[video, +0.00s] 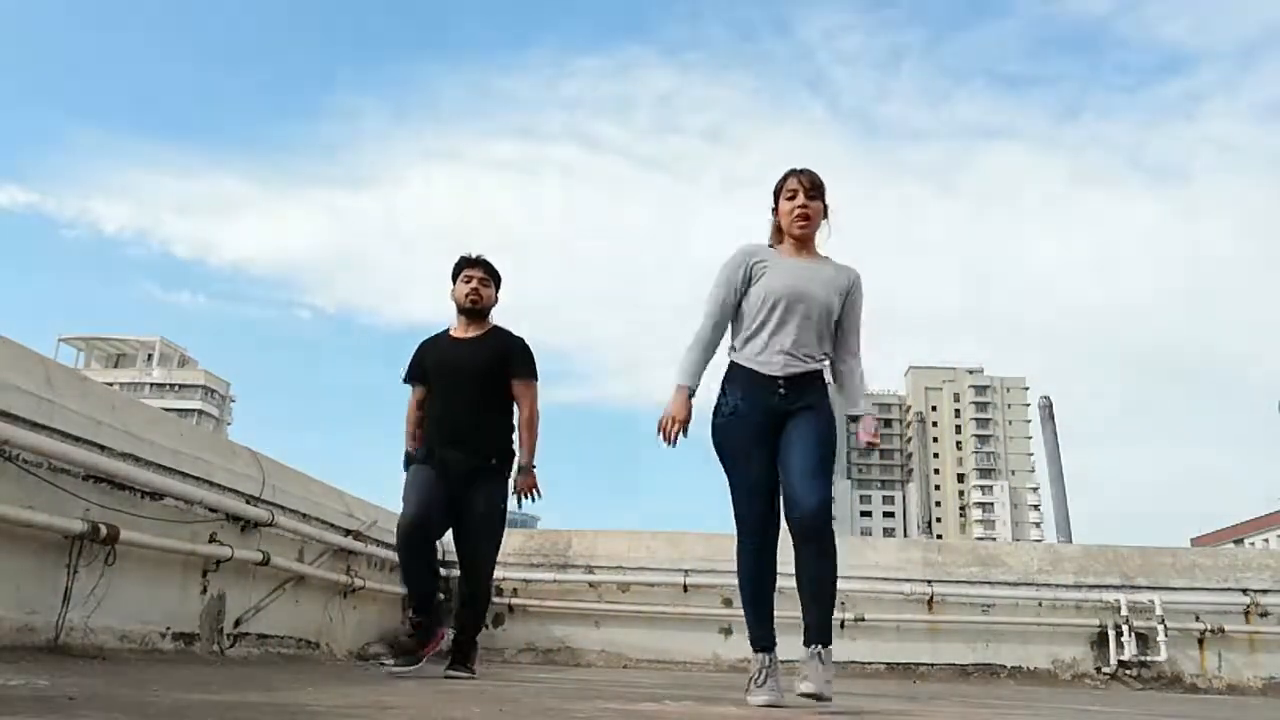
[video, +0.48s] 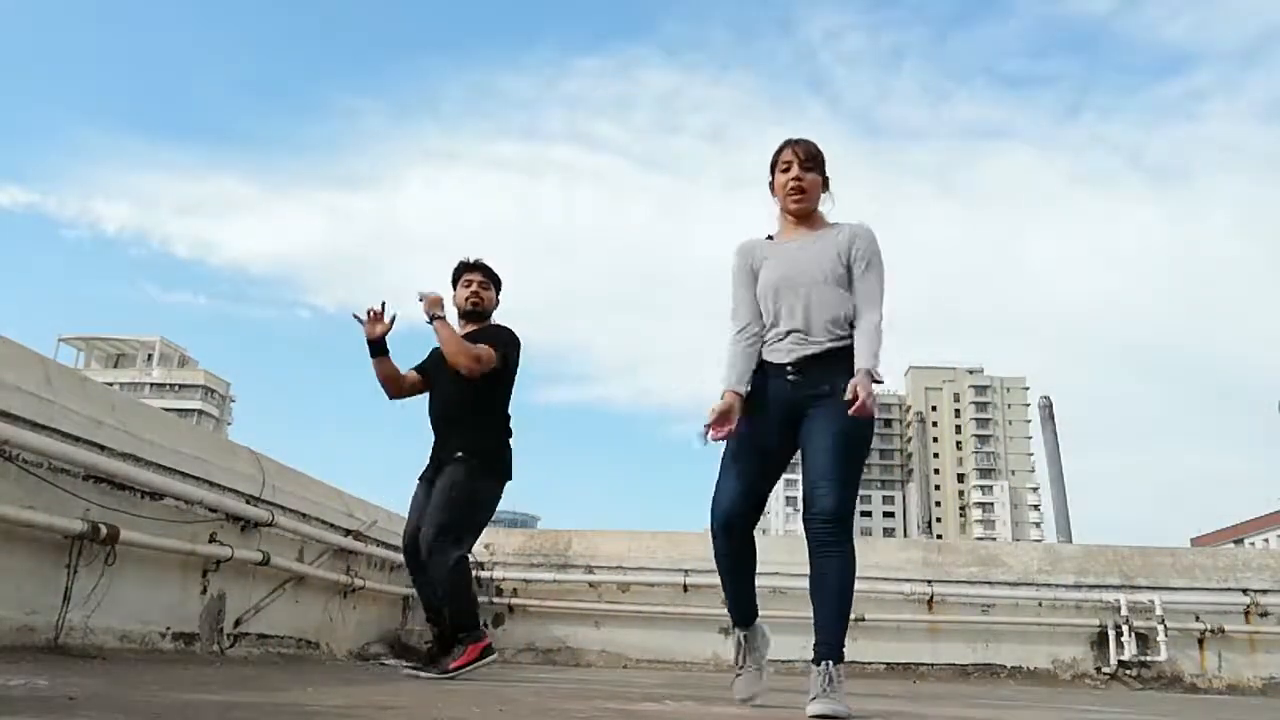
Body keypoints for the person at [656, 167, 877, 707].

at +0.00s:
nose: (802, 203)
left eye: (811, 196)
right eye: (791, 196)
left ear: (824, 210)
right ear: (775, 210)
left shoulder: (844, 278)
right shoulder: (748, 260)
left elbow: (846, 356)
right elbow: (710, 326)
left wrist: (862, 412)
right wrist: (683, 392)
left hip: (810, 402)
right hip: (745, 399)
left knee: (811, 512)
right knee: (756, 529)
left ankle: (818, 653)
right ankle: (763, 661)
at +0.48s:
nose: (796, 176)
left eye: (807, 168)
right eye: (785, 168)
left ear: (824, 183)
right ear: (772, 183)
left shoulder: (854, 239)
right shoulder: (751, 252)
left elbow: (869, 314)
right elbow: (745, 330)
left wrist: (864, 372)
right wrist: (733, 391)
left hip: (836, 385)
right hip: (769, 388)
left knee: (828, 519)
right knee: (728, 517)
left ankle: (827, 670)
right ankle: (748, 636)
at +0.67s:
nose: (783, 176)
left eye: (794, 168)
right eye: (773, 168)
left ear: (810, 183)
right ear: (758, 183)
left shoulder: (841, 235)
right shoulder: (737, 250)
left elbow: (851, 304)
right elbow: (737, 323)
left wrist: (798, 331)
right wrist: (791, 357)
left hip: (839, 389)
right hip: (770, 390)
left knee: (834, 521)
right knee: (750, 522)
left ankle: (835, 668)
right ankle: (723, 657)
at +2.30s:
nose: (786, 210)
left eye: (795, 205)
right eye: (775, 204)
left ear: (806, 223)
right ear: (757, 221)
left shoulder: (828, 269)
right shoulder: (735, 274)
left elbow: (883, 309)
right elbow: (690, 313)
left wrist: (845, 258)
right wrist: (753, 280)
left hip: (819, 412)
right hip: (751, 413)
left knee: (843, 538)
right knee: (738, 531)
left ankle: (858, 673)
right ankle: (717, 665)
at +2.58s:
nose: (785, 215)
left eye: (794, 210)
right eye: (774, 208)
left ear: (804, 230)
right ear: (755, 224)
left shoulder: (827, 282)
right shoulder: (728, 279)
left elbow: (843, 352)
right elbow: (681, 328)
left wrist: (889, 302)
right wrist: (710, 329)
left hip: (813, 418)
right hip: (745, 418)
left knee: (851, 534)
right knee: (731, 532)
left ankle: (859, 672)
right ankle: (717, 667)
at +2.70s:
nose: (785, 212)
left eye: (794, 207)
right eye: (775, 205)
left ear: (805, 224)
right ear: (756, 220)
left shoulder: (828, 280)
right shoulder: (730, 280)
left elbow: (853, 352)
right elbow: (715, 352)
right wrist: (688, 397)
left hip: (809, 413)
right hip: (740, 413)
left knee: (843, 534)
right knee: (729, 535)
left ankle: (858, 672)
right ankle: (717, 668)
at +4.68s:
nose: (781, 198)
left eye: (789, 193)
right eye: (769, 192)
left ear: (799, 212)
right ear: (749, 212)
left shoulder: (827, 270)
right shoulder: (725, 271)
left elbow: (864, 334)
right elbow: (688, 335)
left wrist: (889, 361)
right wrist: (692, 355)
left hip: (811, 408)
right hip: (744, 408)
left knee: (828, 535)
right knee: (738, 534)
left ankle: (854, 672)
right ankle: (719, 668)